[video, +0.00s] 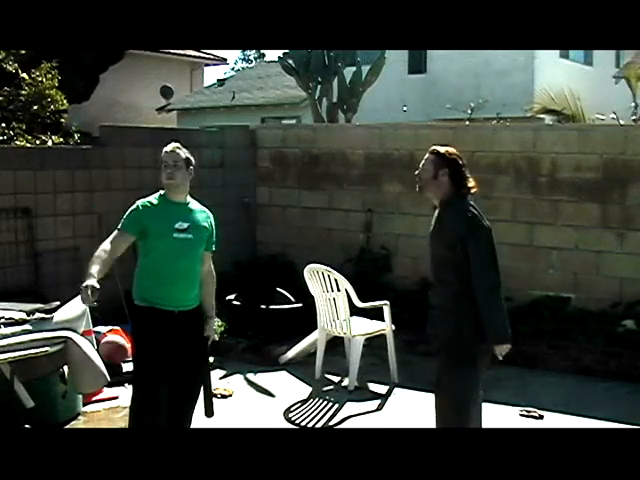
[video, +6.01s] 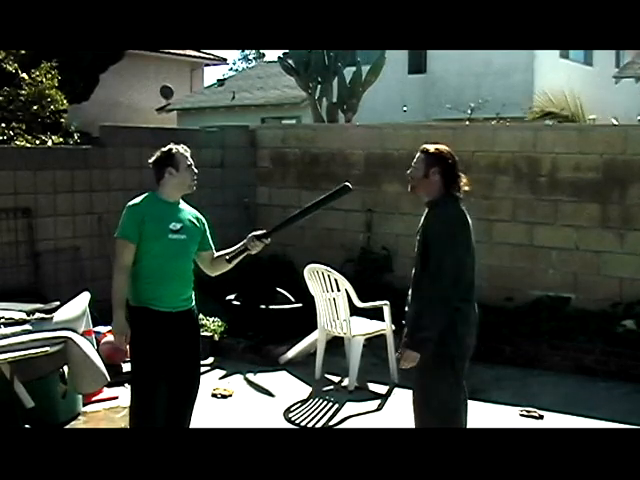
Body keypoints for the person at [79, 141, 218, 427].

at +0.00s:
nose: (167, 170)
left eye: (174, 165)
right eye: (164, 165)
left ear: (190, 171)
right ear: (160, 171)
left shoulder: (204, 216)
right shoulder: (144, 210)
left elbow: (207, 269)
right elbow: (111, 248)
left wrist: (210, 316)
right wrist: (92, 277)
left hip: (189, 317)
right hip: (149, 315)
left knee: (185, 393)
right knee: (150, 392)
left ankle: (177, 429)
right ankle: (144, 431)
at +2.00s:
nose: (190, 173)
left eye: (189, 167)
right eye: (184, 167)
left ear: (172, 172)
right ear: (163, 172)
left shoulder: (191, 216)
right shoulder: (131, 211)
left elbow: (203, 266)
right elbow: (116, 267)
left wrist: (240, 259)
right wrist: (115, 318)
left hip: (180, 320)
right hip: (142, 319)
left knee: (180, 400)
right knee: (144, 402)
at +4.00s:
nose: (204, 172)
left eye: (202, 167)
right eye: (197, 168)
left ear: (184, 174)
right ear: (178, 174)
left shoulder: (204, 219)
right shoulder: (146, 213)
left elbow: (216, 267)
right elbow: (133, 269)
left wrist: (249, 278)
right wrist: (136, 322)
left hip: (194, 320)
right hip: (159, 319)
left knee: (188, 398)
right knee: (155, 399)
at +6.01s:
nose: (196, 171)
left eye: (194, 166)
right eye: (189, 166)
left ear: (177, 173)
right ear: (169, 173)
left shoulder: (195, 219)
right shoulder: (138, 210)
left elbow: (211, 266)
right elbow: (122, 266)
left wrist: (245, 247)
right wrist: (119, 316)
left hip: (184, 319)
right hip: (148, 318)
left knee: (184, 393)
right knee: (149, 395)